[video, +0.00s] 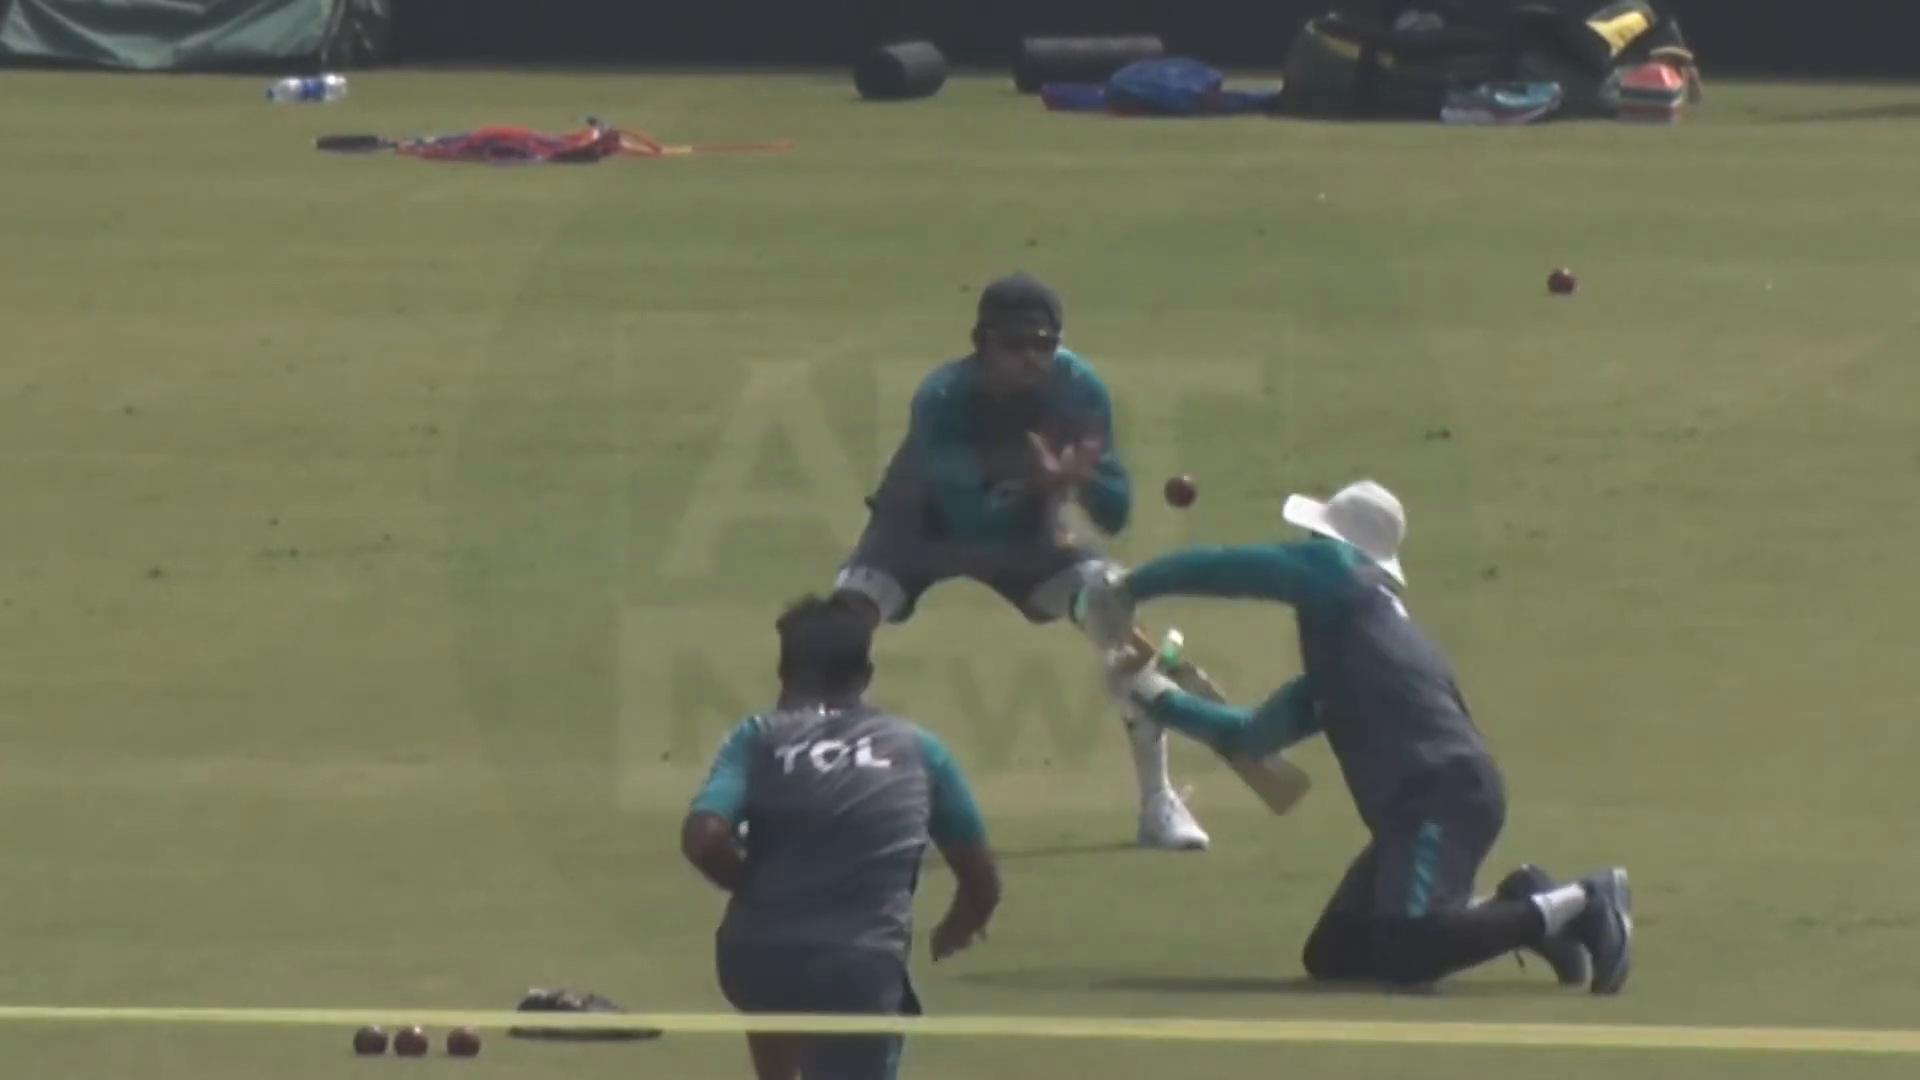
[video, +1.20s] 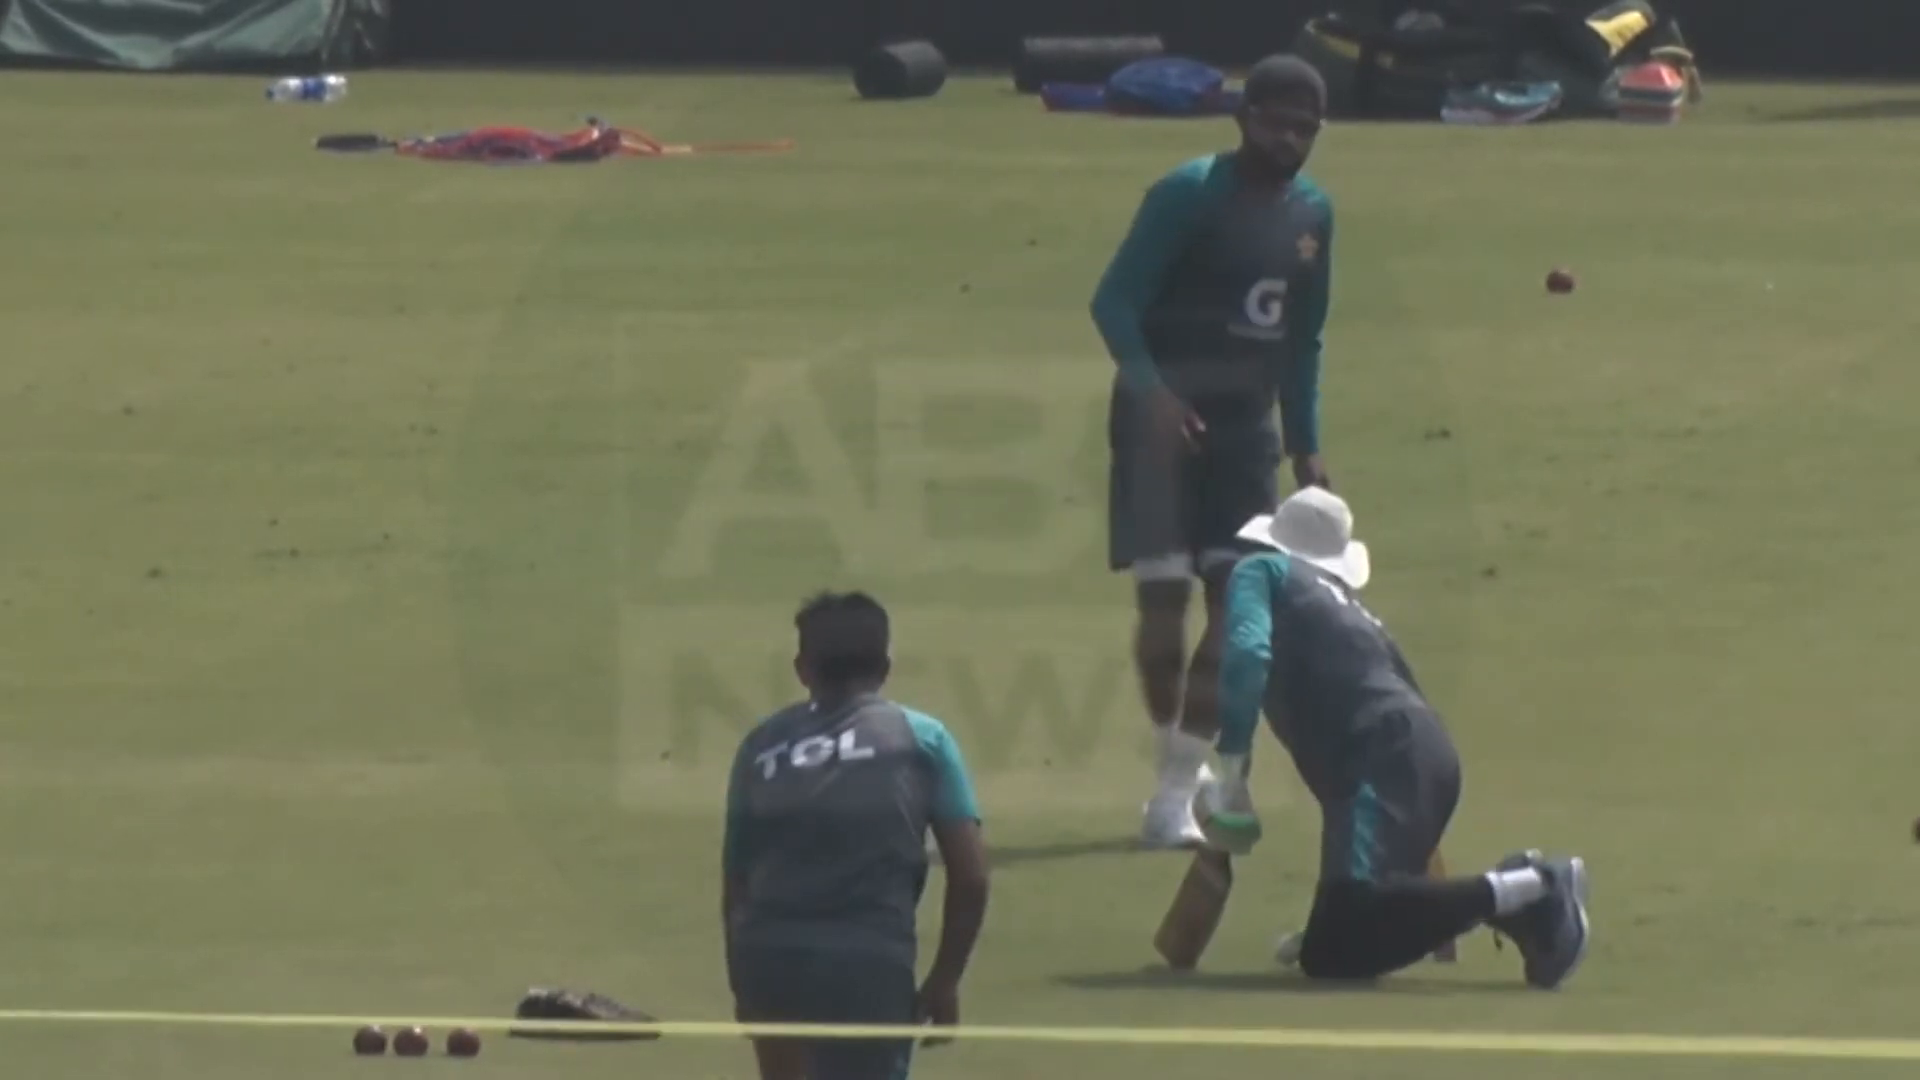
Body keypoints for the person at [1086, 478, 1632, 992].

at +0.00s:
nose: (1300, 544)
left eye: (1313, 538)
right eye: (1305, 535)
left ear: (1343, 549)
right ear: (1371, 559)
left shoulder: (1341, 579)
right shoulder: (1350, 654)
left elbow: (1218, 568)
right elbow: (1250, 735)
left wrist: (1126, 586)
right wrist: (1151, 692)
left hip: (1445, 798)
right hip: (1415, 815)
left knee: (1396, 952)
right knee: (1333, 955)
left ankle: (1579, 905)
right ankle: (1508, 915)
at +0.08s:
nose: (1290, 533)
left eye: (1302, 528)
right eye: (1297, 525)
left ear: (1325, 537)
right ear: (1366, 552)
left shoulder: (1318, 564)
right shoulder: (1366, 629)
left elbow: (1188, 582)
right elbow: (1281, 749)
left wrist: (1127, 621)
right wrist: (1176, 717)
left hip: (1424, 775)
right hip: (1415, 791)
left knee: (1358, 941)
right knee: (1334, 951)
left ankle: (1570, 908)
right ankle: (1511, 911)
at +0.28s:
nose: (1271, 526)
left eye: (1280, 521)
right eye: (1275, 519)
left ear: (1298, 524)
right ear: (1350, 540)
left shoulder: (1285, 549)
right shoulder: (1357, 596)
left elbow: (1181, 636)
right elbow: (1334, 757)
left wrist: (1155, 698)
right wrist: (1230, 753)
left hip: (1392, 762)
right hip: (1421, 764)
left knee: (1337, 944)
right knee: (1337, 946)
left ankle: (1529, 904)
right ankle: (1511, 901)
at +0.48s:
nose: (1262, 529)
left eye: (1269, 521)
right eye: (1267, 520)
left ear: (1284, 524)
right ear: (1337, 541)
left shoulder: (1268, 552)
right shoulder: (1356, 599)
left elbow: (1214, 654)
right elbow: (1351, 733)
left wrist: (1192, 745)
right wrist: (1270, 789)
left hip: (1376, 748)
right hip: (1419, 758)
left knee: (1327, 889)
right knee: (1325, 955)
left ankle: (1518, 879)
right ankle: (1505, 910)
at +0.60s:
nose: (1251, 530)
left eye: (1261, 523)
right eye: (1257, 522)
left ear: (1277, 527)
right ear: (1327, 546)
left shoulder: (1260, 551)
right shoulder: (1350, 600)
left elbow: (1225, 654)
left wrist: (1208, 762)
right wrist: (1293, 832)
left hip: (1375, 739)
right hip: (1412, 756)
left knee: (1331, 877)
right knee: (1328, 955)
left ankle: (1518, 863)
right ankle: (1506, 907)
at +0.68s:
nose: (1239, 532)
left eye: (1250, 526)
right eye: (1245, 525)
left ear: (1273, 530)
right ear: (1321, 547)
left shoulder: (1259, 548)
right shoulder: (1347, 602)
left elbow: (1229, 649)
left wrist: (1215, 763)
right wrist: (1318, 883)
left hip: (1372, 732)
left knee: (1338, 872)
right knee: (1330, 956)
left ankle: (1522, 854)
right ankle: (1509, 907)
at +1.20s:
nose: (1252, 556)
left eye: (1260, 549)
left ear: (1276, 547)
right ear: (1334, 564)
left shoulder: (1260, 568)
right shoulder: (1352, 611)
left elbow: (1248, 653)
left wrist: (1231, 772)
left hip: (1388, 759)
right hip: (1430, 761)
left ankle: (1526, 889)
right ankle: (1515, 892)